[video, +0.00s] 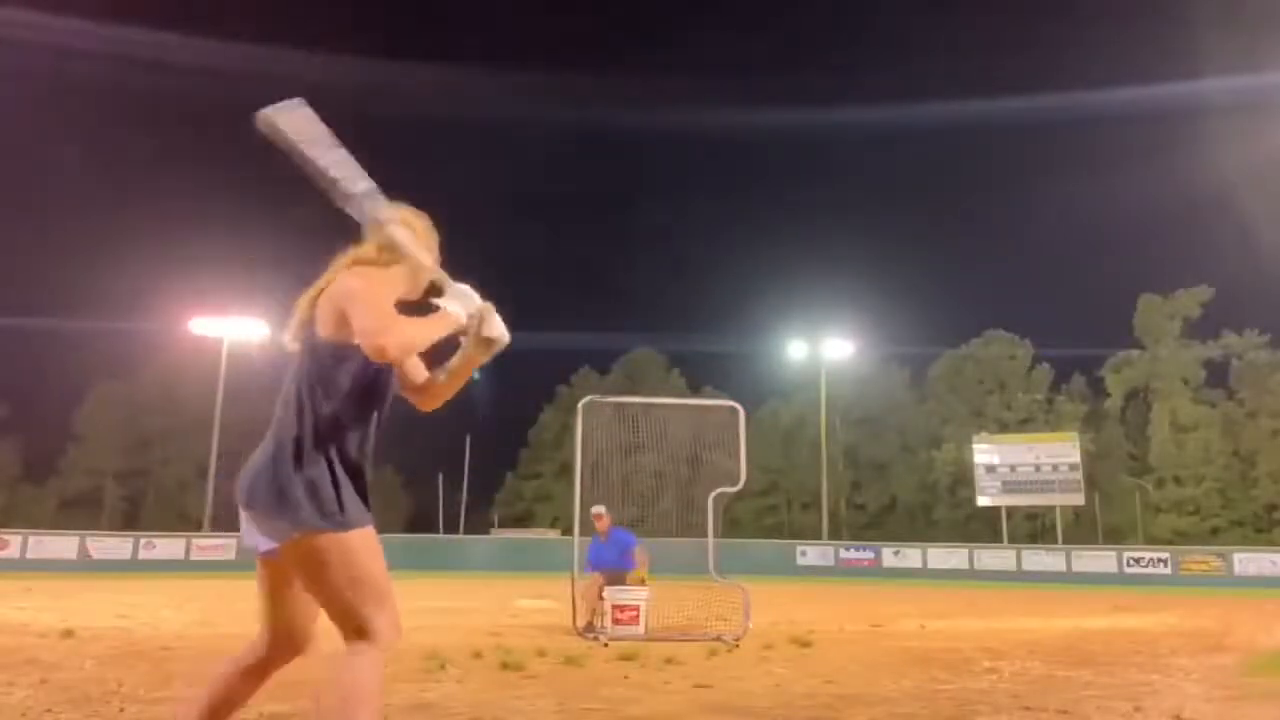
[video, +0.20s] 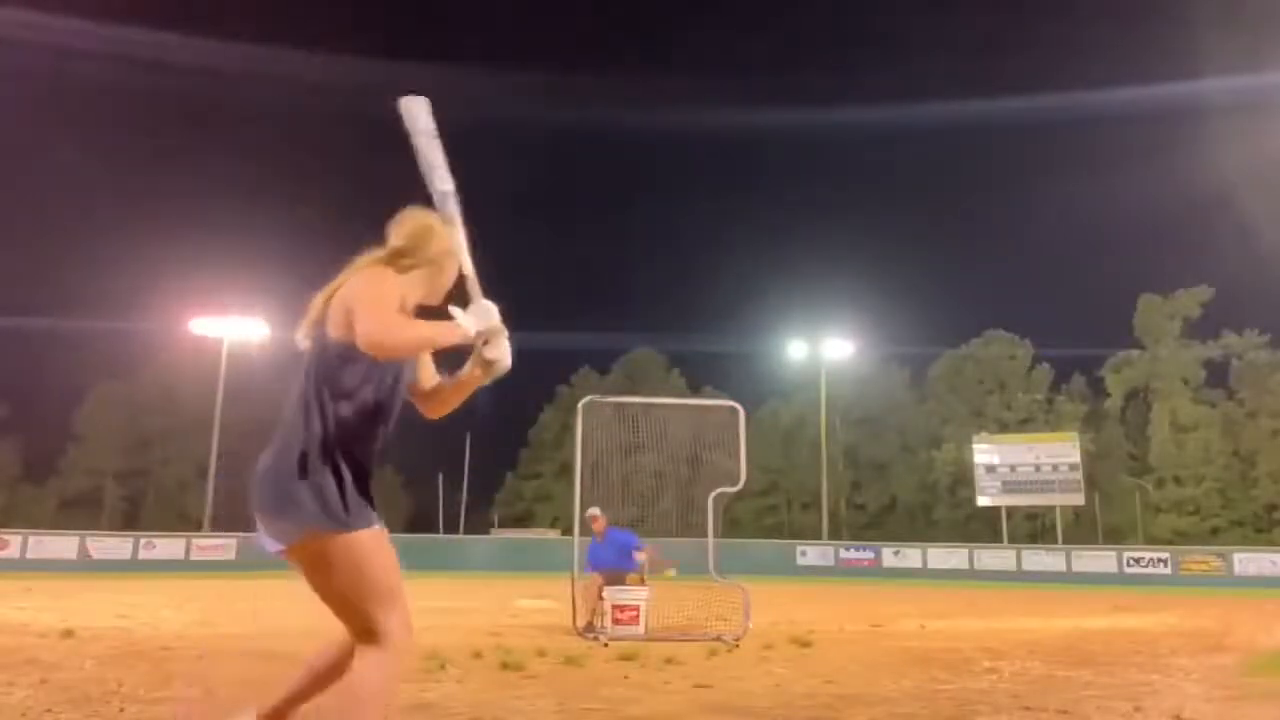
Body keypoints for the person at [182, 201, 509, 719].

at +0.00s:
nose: (430, 275)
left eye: (432, 266)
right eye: (430, 262)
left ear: (381, 247)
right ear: (414, 253)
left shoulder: (374, 309)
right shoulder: (360, 281)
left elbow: (427, 395)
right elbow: (382, 342)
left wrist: (478, 351)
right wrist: (452, 314)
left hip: (281, 480)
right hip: (307, 481)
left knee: (285, 637)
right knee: (374, 632)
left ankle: (199, 713)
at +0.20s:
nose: (454, 278)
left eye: (458, 270)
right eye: (455, 266)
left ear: (412, 256)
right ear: (438, 258)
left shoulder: (407, 321)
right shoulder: (376, 278)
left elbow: (431, 402)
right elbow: (377, 334)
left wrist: (477, 371)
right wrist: (463, 325)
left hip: (318, 482)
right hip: (309, 480)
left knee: (368, 634)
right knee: (390, 635)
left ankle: (272, 712)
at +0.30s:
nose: (472, 284)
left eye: (473, 273)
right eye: (471, 272)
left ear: (429, 263)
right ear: (457, 267)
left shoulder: (431, 330)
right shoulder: (387, 284)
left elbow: (441, 409)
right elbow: (361, 342)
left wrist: (474, 378)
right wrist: (456, 332)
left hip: (355, 487)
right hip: (311, 489)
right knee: (396, 634)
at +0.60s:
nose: (497, 320)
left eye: (498, 313)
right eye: (496, 310)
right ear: (480, 301)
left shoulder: (468, 353)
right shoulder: (401, 317)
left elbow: (486, 411)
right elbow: (332, 340)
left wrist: (473, 353)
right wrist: (424, 313)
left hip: (402, 507)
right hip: (346, 508)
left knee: (479, 611)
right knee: (408, 634)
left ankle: (419, 707)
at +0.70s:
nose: (506, 331)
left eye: (506, 323)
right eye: (503, 320)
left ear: (486, 325)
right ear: (481, 312)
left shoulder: (482, 365)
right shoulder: (403, 331)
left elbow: (497, 404)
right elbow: (329, 329)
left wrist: (471, 345)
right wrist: (416, 312)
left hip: (418, 517)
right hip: (362, 515)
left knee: (470, 624)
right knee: (404, 641)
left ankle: (415, 701)